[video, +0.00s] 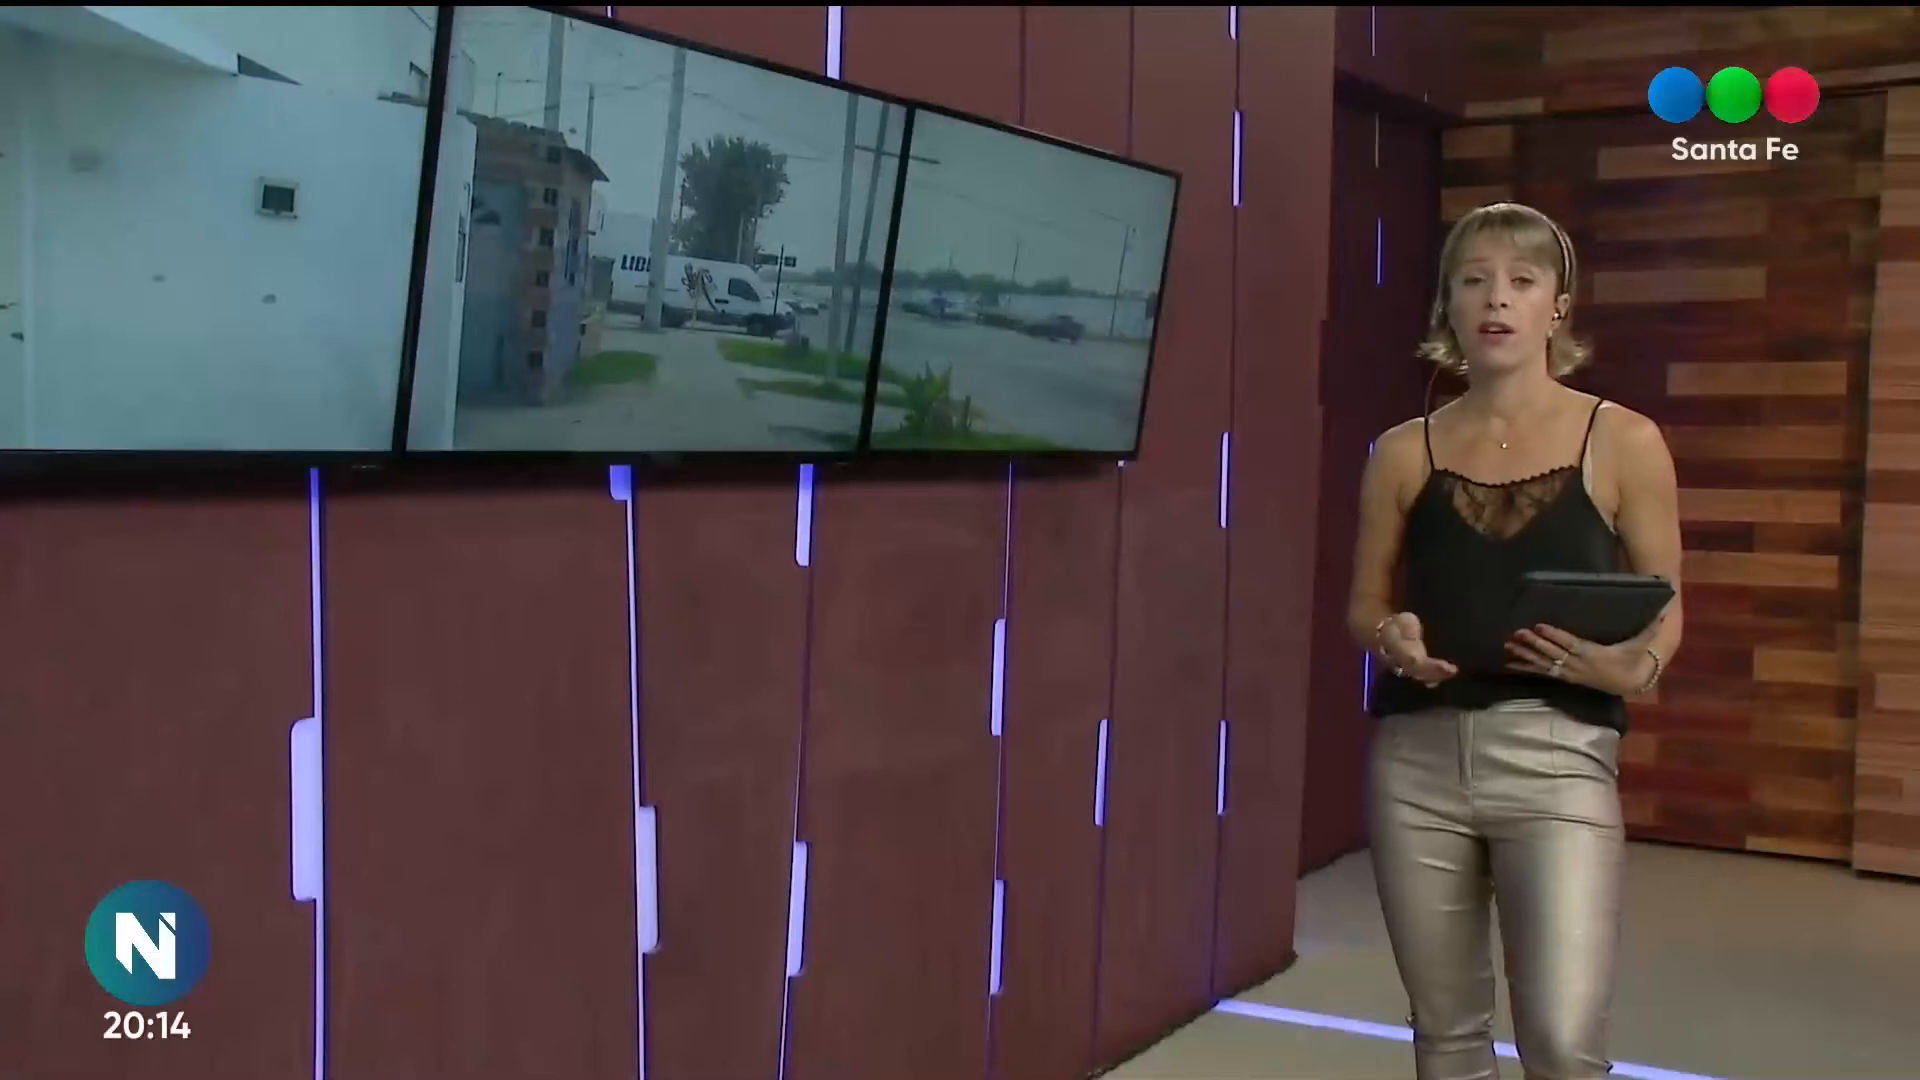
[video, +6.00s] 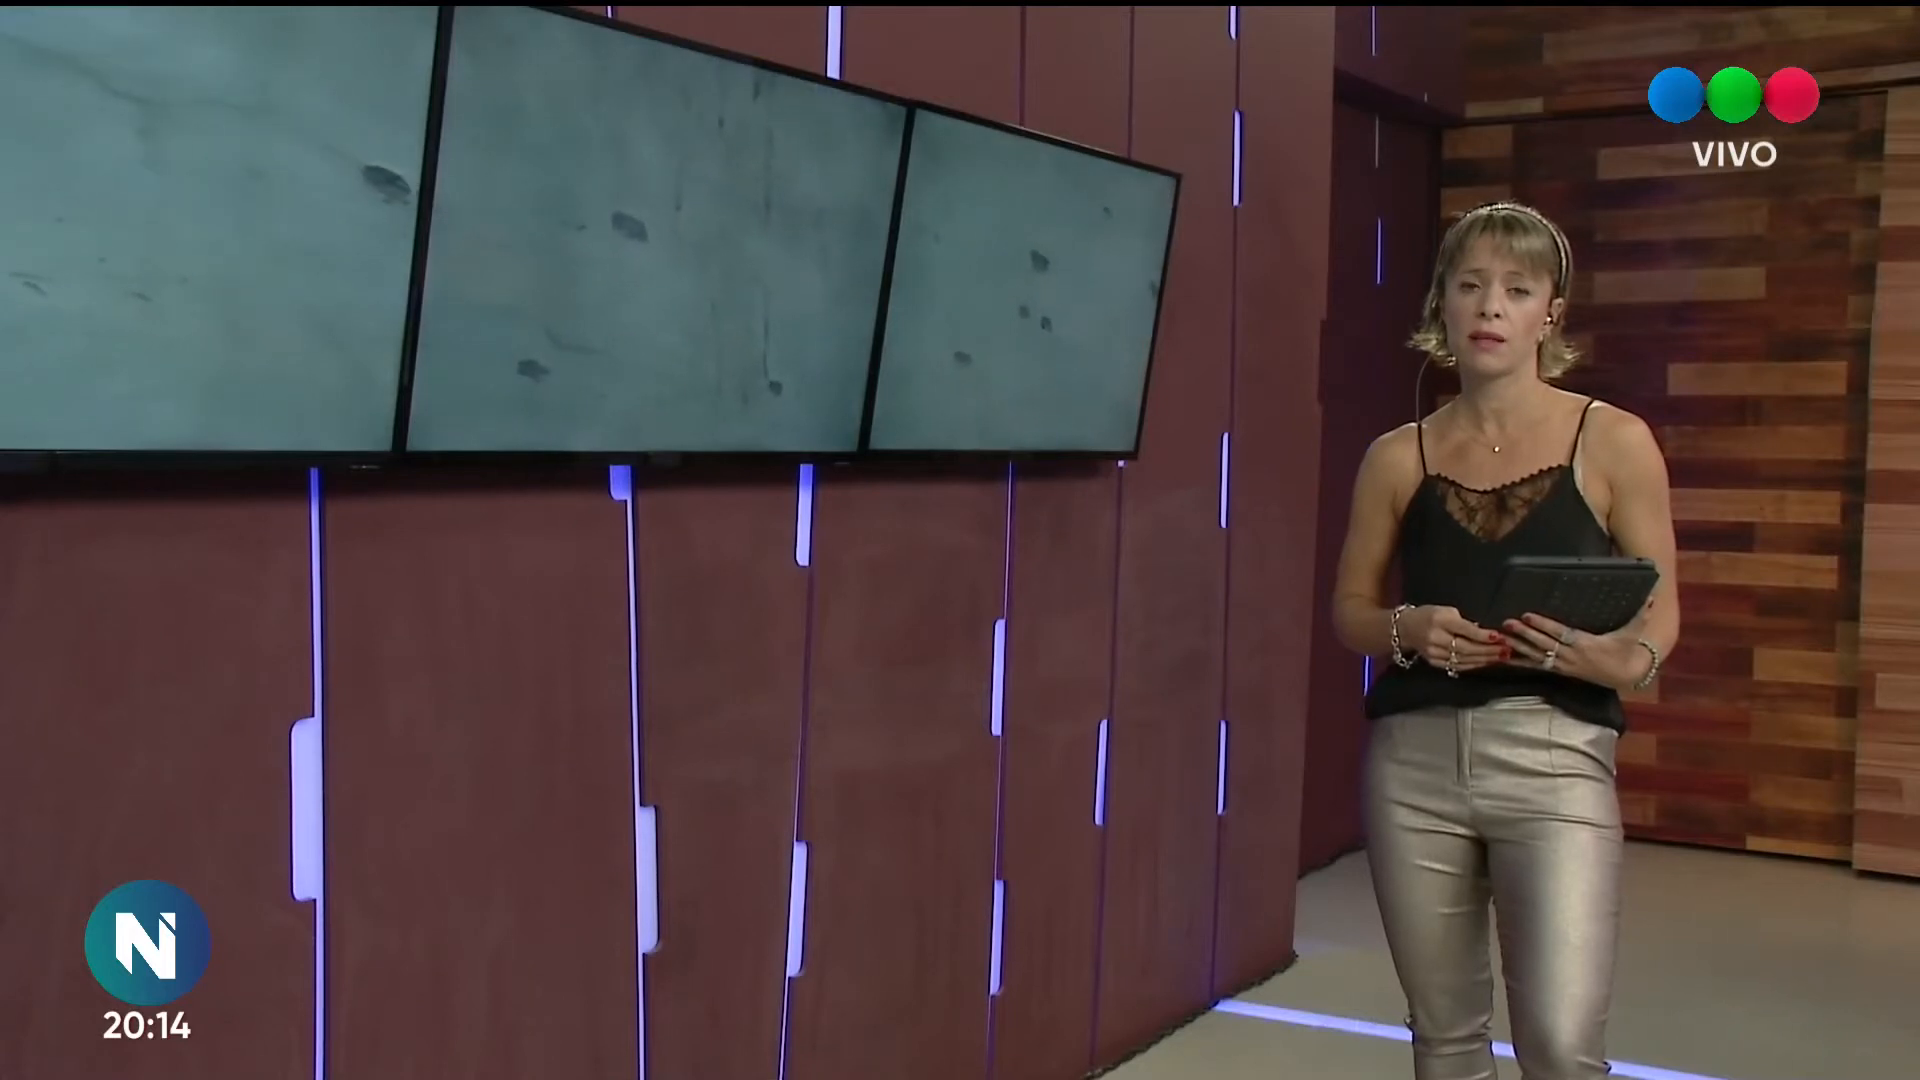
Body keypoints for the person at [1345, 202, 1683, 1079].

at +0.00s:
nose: (1495, 299)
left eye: (1520, 281)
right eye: (1474, 281)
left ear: (1557, 309)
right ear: (1448, 307)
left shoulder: (1623, 442)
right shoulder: (1403, 454)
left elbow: (1662, 608)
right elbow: (1365, 605)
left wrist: (1625, 669)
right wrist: (1389, 635)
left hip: (1555, 763)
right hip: (1416, 764)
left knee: (1561, 1045)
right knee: (1446, 1039)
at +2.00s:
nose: (1499, 304)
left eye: (1525, 288)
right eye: (1481, 284)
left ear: (1559, 313)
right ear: (1452, 306)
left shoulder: (1624, 444)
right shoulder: (1405, 459)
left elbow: (1667, 605)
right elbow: (1360, 612)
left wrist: (1631, 665)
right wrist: (1410, 632)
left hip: (1560, 766)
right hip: (1418, 768)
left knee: (1566, 1048)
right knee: (1448, 1041)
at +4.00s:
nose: (1500, 305)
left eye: (1527, 289)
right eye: (1482, 285)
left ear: (1563, 314)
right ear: (1454, 305)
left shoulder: (1626, 444)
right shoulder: (1405, 458)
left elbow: (1667, 610)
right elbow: (1359, 609)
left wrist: (1633, 663)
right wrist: (1411, 630)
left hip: (1562, 768)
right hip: (1420, 768)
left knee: (1567, 1050)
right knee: (1448, 1041)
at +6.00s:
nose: (1488, 305)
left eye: (1515, 288)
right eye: (1469, 284)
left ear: (1550, 314)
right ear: (1441, 305)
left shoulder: (1615, 443)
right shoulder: (1396, 458)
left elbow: (1658, 605)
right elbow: (1349, 612)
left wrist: (1627, 663)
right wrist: (1404, 630)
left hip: (1555, 767)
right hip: (1413, 767)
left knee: (1559, 1049)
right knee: (1444, 1041)